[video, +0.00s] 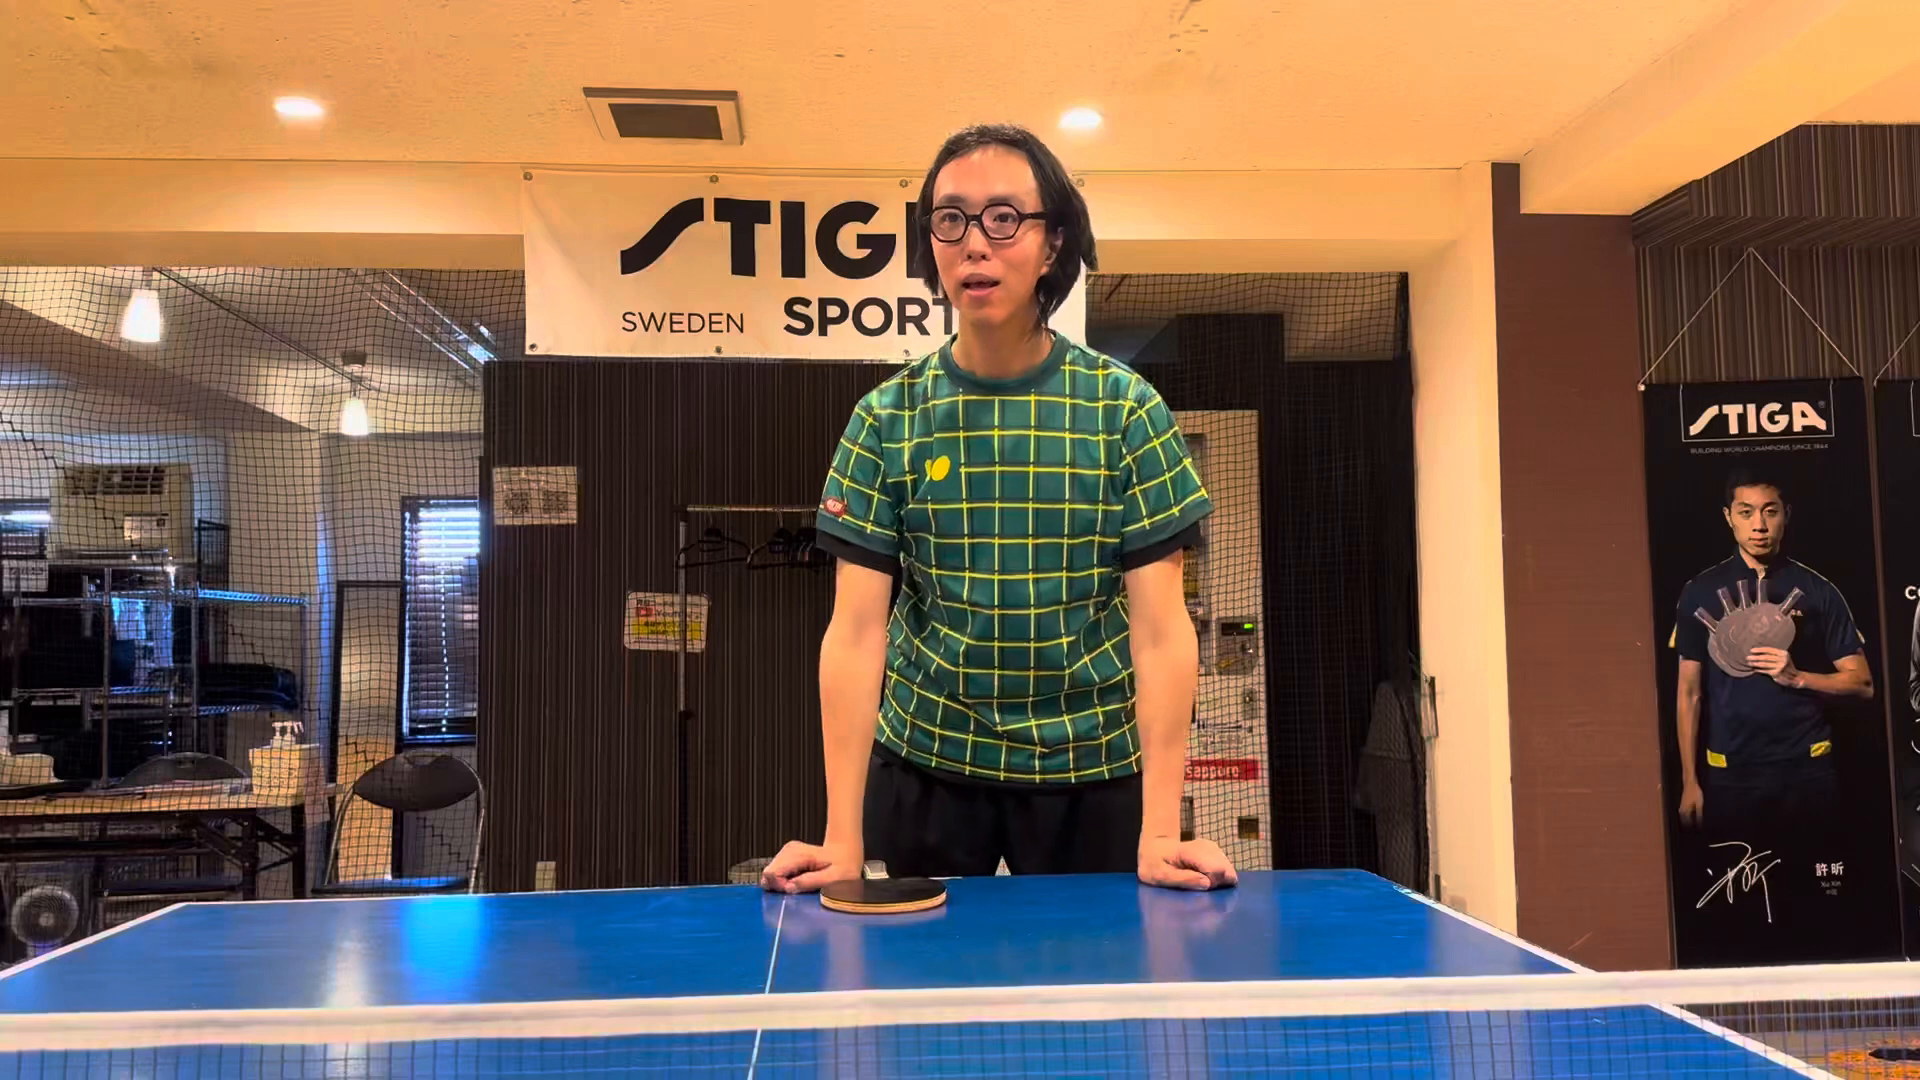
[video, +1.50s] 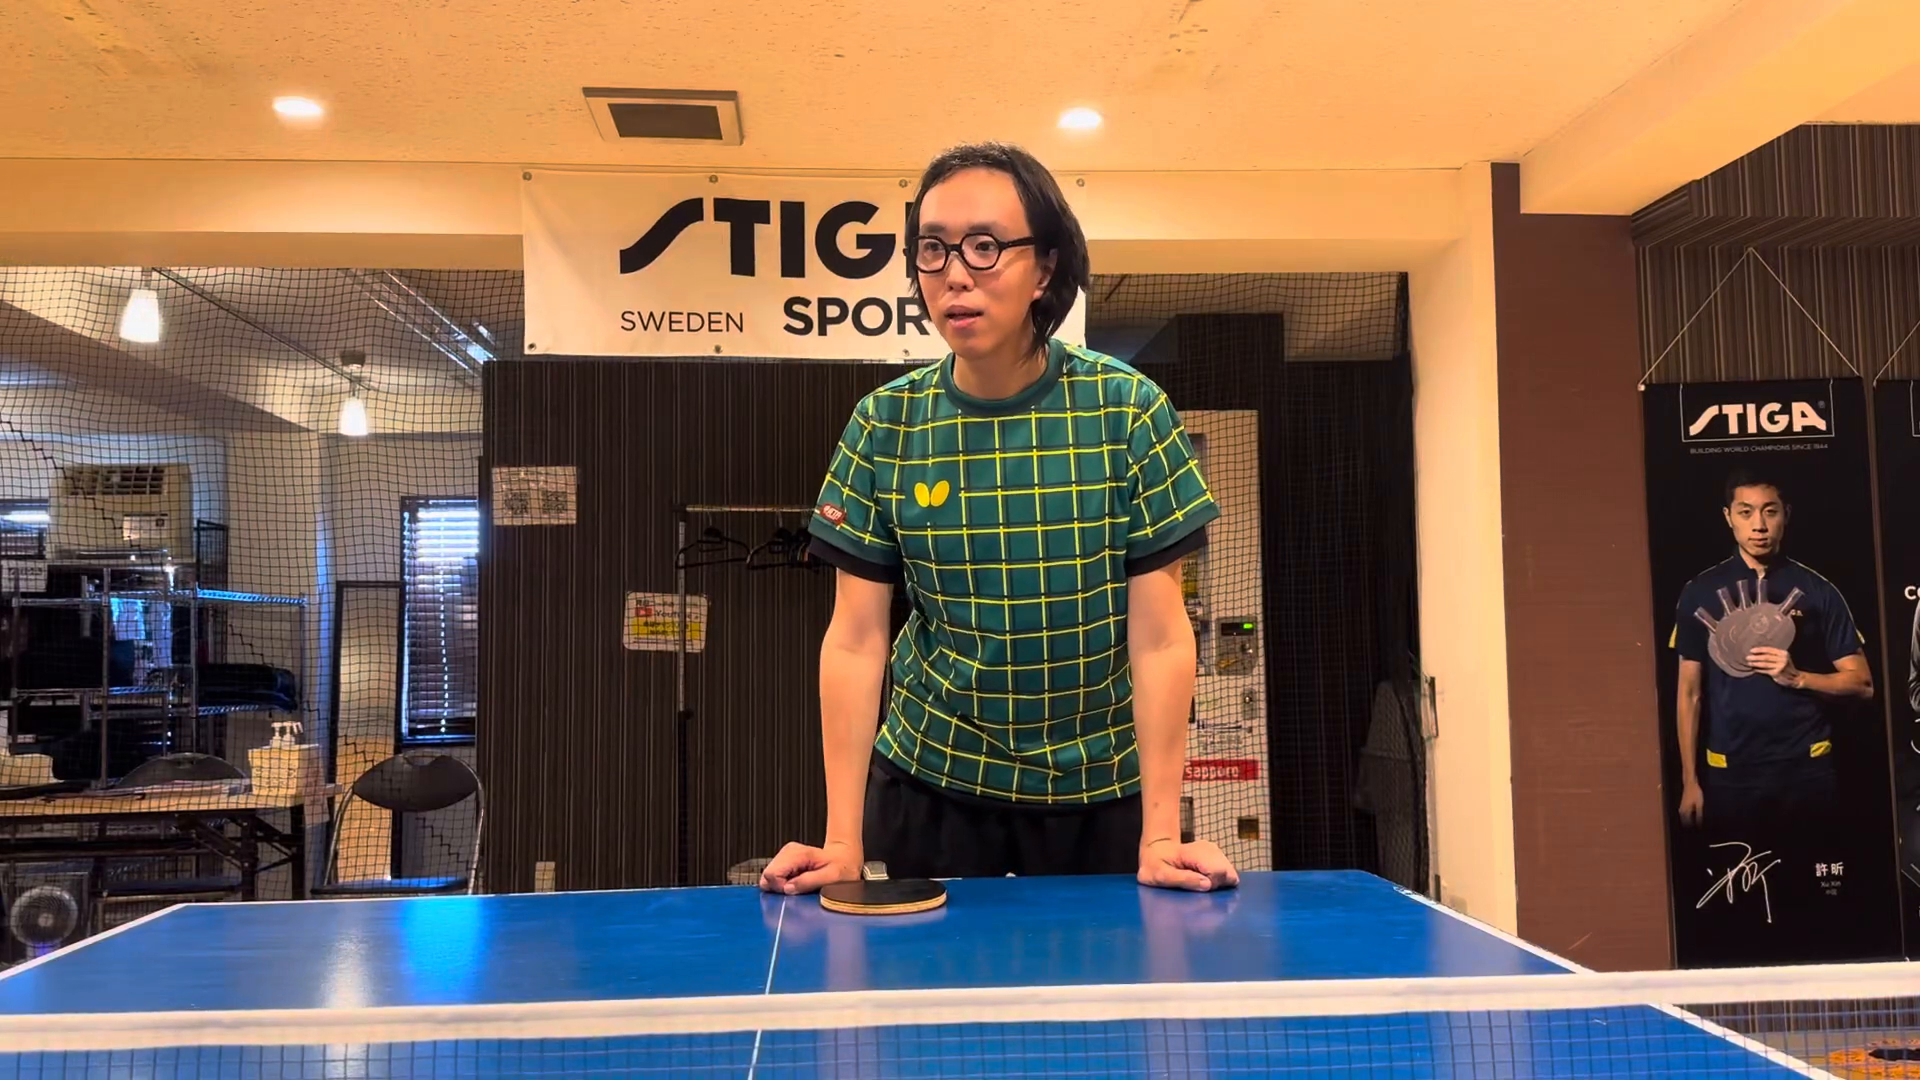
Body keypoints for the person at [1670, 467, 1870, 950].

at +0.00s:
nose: (1759, 524)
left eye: (1769, 511)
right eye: (1746, 512)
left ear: (1785, 517)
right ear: (1729, 518)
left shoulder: (1818, 593)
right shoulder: (1701, 594)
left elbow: (1861, 682)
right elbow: (1689, 692)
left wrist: (1797, 676)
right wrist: (1689, 779)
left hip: (1806, 771)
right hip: (1729, 773)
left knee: (1812, 901)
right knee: (1734, 900)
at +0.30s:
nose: (1759, 524)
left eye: (1769, 511)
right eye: (1746, 512)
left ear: (1784, 517)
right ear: (1729, 518)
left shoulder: (1817, 593)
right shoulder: (1700, 595)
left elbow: (1860, 683)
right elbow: (1689, 693)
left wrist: (1797, 677)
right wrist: (1689, 779)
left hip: (1806, 770)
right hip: (1728, 774)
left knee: (1812, 899)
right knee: (1734, 902)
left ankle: (1816, 1013)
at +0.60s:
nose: (1759, 524)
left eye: (1769, 511)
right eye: (1746, 512)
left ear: (1785, 517)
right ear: (1729, 518)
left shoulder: (1818, 593)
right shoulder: (1701, 594)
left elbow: (1861, 682)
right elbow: (1689, 692)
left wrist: (1797, 676)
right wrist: (1689, 778)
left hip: (1806, 771)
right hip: (1729, 773)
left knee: (1812, 900)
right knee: (1733, 901)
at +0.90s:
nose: (1759, 524)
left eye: (1769, 511)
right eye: (1746, 512)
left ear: (1785, 517)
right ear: (1729, 518)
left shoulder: (1818, 593)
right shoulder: (1701, 595)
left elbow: (1860, 682)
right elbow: (1689, 693)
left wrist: (1797, 677)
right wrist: (1689, 779)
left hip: (1806, 771)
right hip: (1729, 774)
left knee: (1811, 901)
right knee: (1734, 903)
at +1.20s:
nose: (1759, 524)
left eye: (1769, 511)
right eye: (1746, 512)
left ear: (1785, 517)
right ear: (1729, 518)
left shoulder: (1818, 593)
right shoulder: (1701, 594)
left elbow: (1860, 681)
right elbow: (1689, 692)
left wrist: (1797, 676)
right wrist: (1689, 778)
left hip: (1806, 771)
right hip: (1729, 773)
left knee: (1812, 900)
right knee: (1733, 901)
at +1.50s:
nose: (1759, 523)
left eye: (1769, 511)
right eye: (1746, 512)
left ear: (1785, 517)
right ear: (1729, 518)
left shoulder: (1817, 593)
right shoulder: (1701, 595)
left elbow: (1861, 682)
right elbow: (1689, 692)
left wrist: (1797, 677)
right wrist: (1689, 779)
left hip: (1806, 770)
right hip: (1729, 773)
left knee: (1811, 900)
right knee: (1734, 902)